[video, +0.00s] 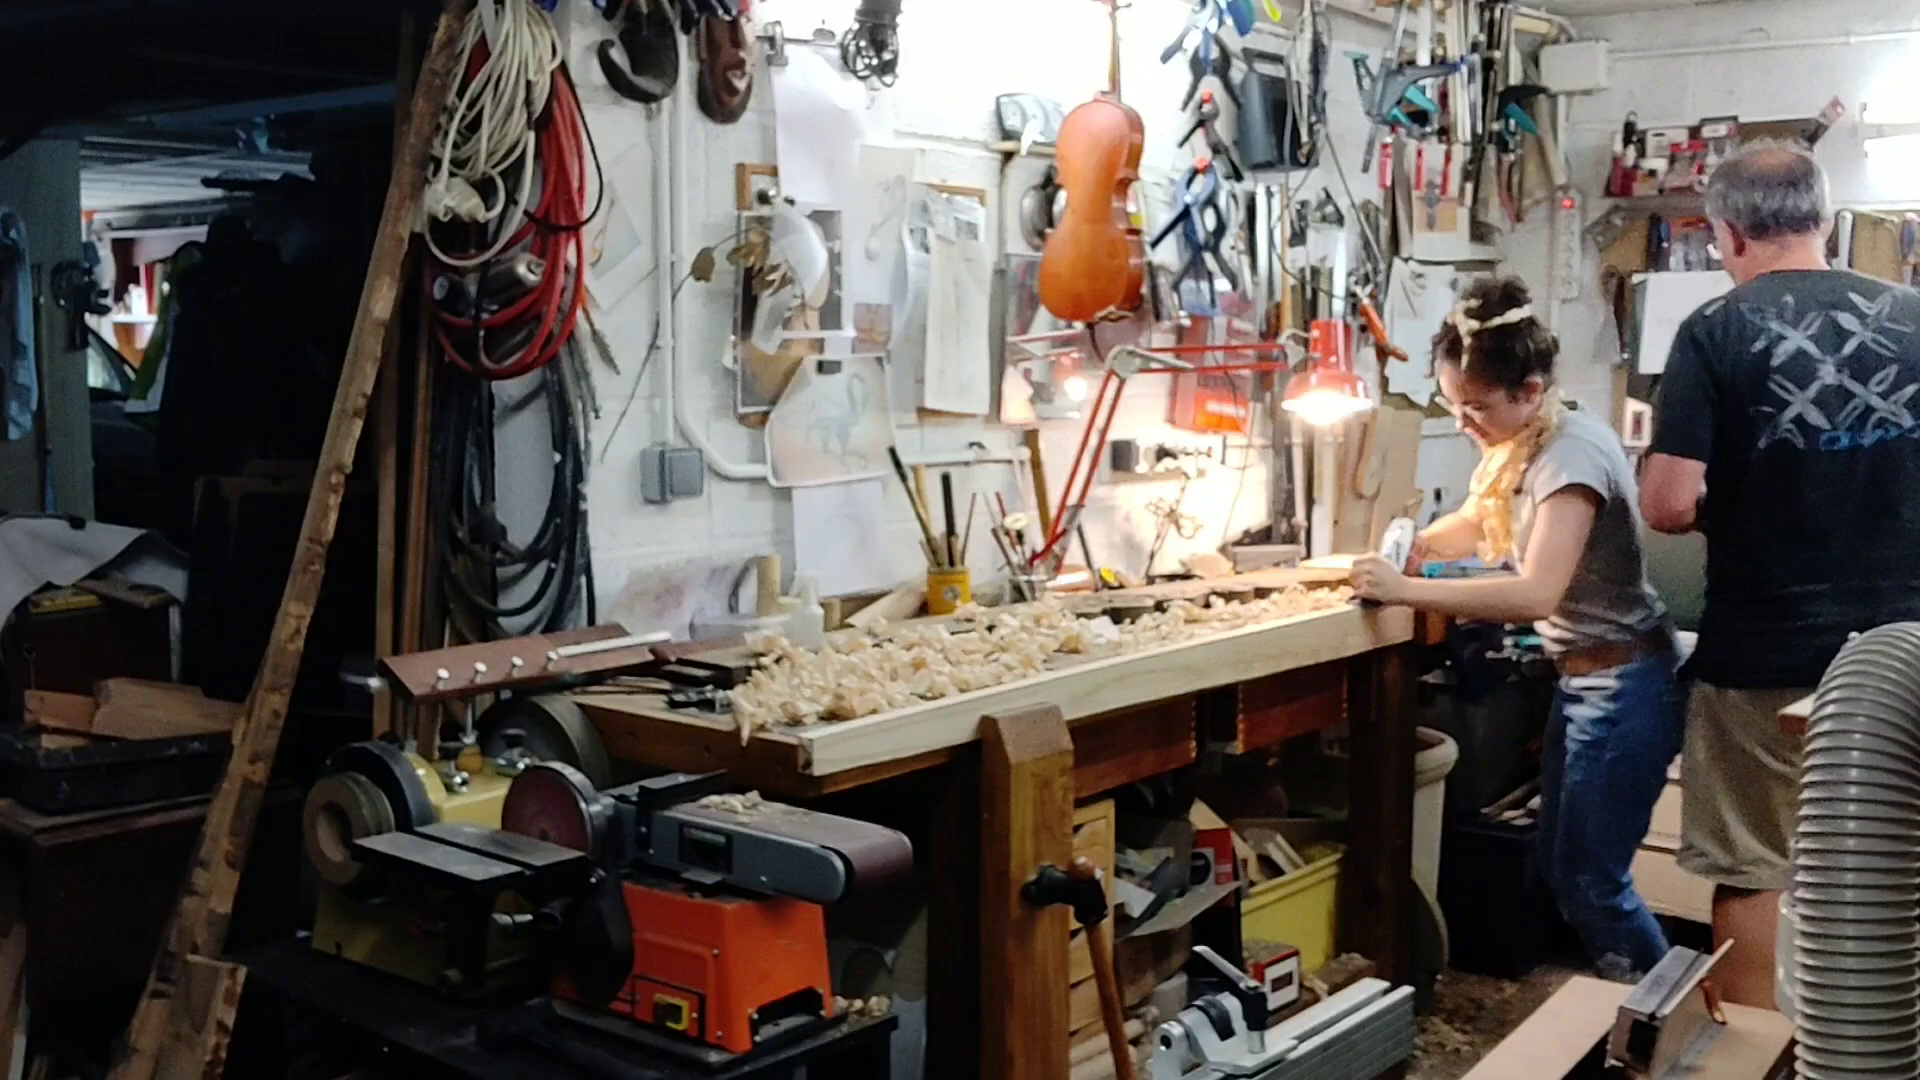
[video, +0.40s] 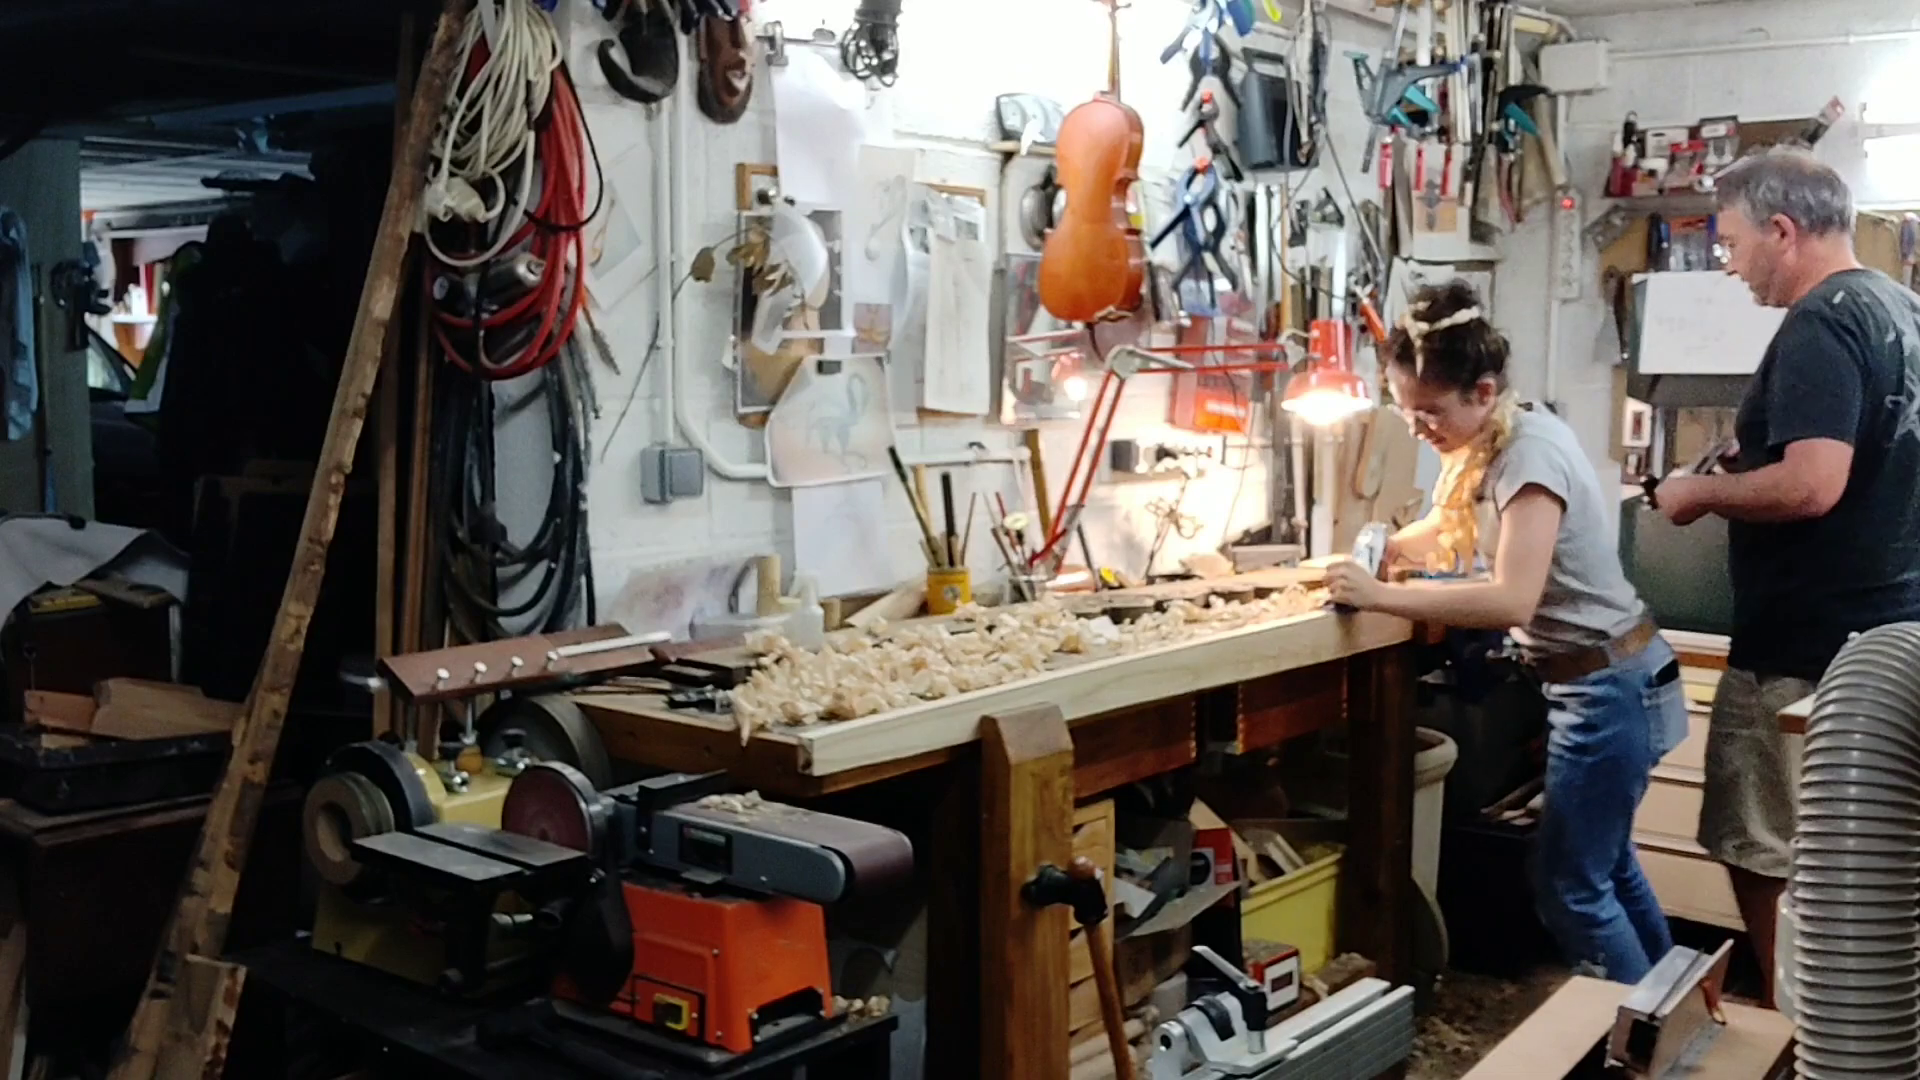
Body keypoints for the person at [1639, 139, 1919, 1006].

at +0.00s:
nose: (1718, 253)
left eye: (1716, 237)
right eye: (1715, 238)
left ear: (1732, 235)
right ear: (1824, 224)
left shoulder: (1718, 328)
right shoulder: (1909, 312)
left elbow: (1667, 505)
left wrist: (1739, 486)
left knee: (1753, 878)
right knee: (1890, 874)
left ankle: (1751, 1065)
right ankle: (1877, 1059)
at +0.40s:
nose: (1729, 264)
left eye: (1731, 241)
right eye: (1724, 245)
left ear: (1785, 228)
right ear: (1808, 229)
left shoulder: (1825, 319)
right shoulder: (1890, 306)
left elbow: (1810, 483)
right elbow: (1854, 469)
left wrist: (1705, 492)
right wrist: (1736, 468)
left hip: (1803, 654)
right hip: (1880, 646)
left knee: (1763, 856)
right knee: (1856, 851)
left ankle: (1784, 1024)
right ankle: (1845, 1027)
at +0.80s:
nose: (1679, 261)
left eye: (1688, 238)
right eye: (1676, 242)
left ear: (1753, 226)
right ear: (1753, 231)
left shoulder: (1821, 317)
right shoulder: (1764, 320)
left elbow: (1845, 478)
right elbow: (1763, 461)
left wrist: (1686, 475)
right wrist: (1671, 457)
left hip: (1780, 648)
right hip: (1730, 636)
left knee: (1753, 841)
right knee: (1714, 808)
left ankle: (1780, 995)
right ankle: (1767, 967)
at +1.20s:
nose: (1627, 258)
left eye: (1644, 238)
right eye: (1617, 241)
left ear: (1706, 229)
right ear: (1612, 245)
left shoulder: (1791, 316)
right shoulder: (1642, 329)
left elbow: (1861, 457)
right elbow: (1618, 435)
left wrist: (1717, 469)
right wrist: (1590, 455)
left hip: (1747, 634)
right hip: (1642, 624)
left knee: (1746, 828)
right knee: (1659, 810)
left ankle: (1767, 1003)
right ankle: (1675, 975)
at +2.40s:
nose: (1587, 281)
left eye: (1600, 259)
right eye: (1578, 265)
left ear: (1661, 242)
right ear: (1577, 260)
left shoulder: (1736, 325)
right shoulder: (1604, 339)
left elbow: (1725, 477)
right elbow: (1583, 457)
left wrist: (1579, 509)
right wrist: (1547, 491)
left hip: (1727, 631)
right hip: (1625, 623)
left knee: (1742, 822)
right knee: (1649, 805)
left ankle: (1755, 1001)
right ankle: (1673, 968)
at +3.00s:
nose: (1488, 373)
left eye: (1495, 354)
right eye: (1478, 359)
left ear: (1549, 322)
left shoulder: (1639, 375)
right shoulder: (1538, 395)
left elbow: (1663, 537)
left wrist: (1546, 554)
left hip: (1705, 629)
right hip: (1607, 630)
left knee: (1695, 816)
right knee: (1608, 807)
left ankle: (1754, 999)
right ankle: (1664, 963)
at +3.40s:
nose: (1478, 367)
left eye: (1502, 347)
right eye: (1468, 349)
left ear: (1551, 324)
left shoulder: (1620, 389)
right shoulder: (1500, 390)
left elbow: (1628, 555)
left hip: (1700, 623)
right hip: (1596, 628)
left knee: (1676, 830)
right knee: (1621, 825)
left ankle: (1713, 1014)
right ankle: (1666, 995)